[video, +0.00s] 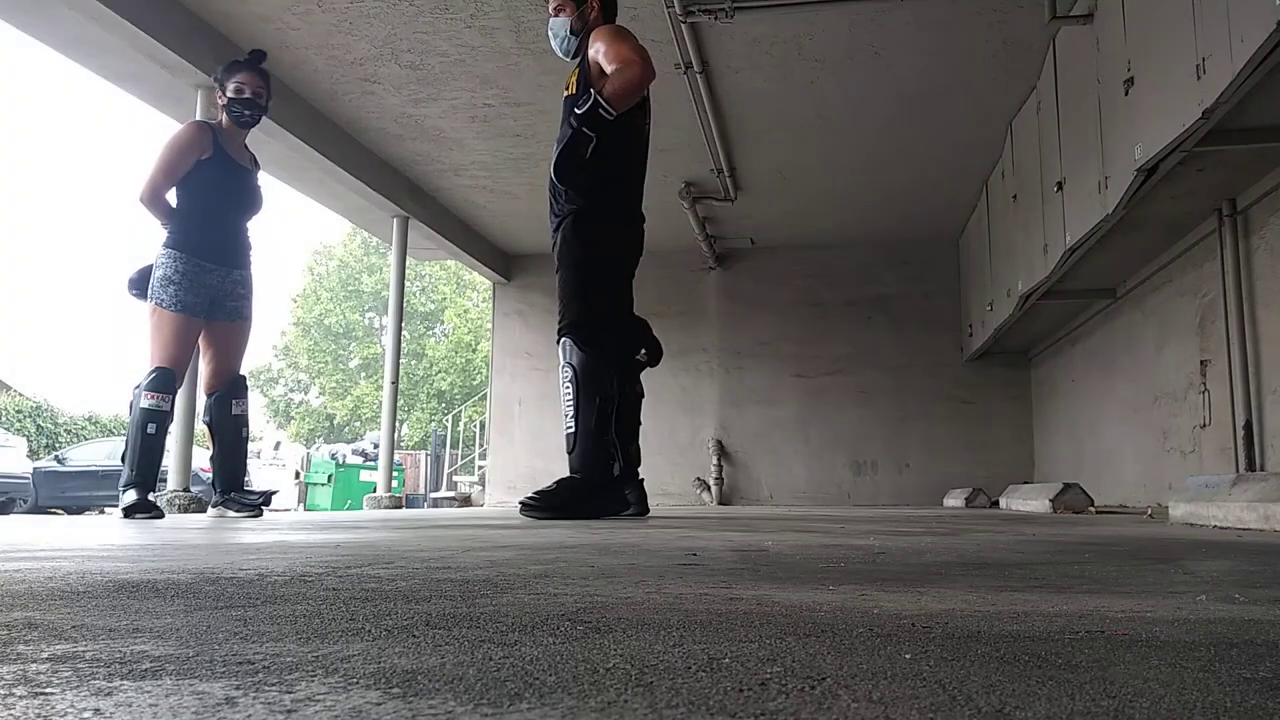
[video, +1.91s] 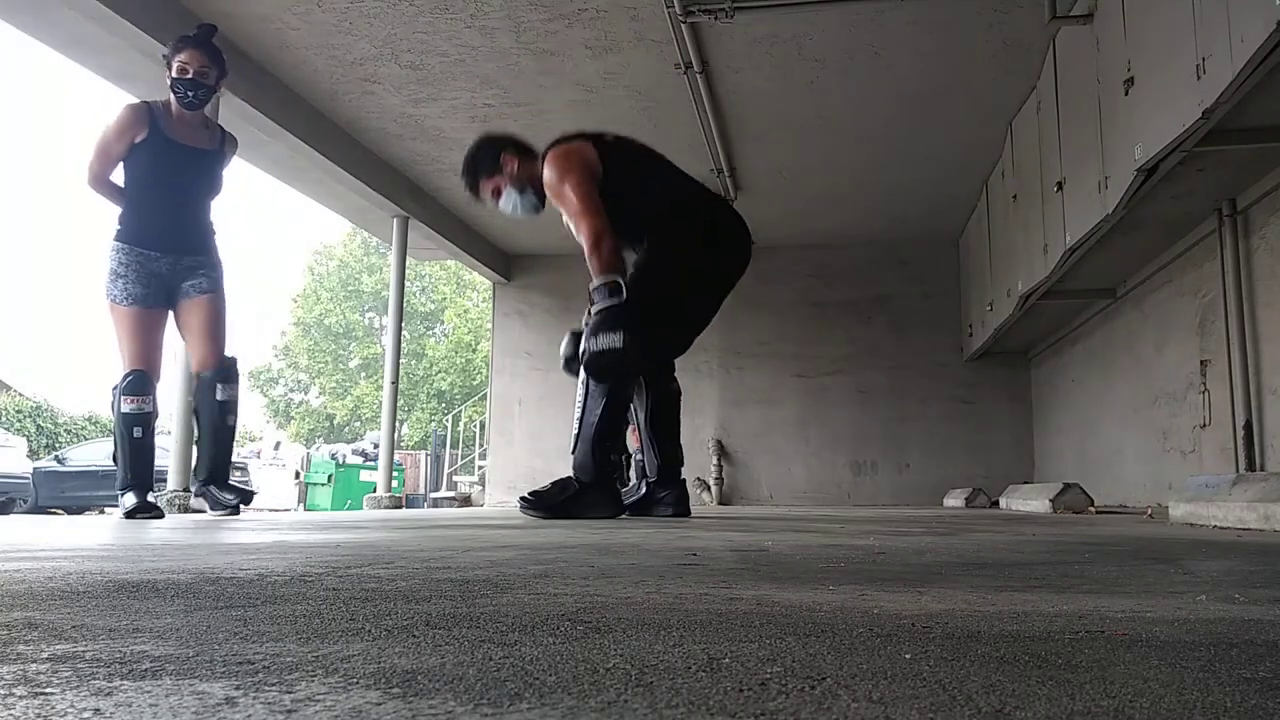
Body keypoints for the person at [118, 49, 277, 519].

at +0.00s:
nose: (248, 99)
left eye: (258, 94)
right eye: (240, 90)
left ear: (266, 103)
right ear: (220, 94)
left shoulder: (250, 159)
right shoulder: (198, 133)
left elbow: (234, 217)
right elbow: (151, 194)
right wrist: (180, 229)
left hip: (235, 273)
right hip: (186, 263)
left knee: (225, 382)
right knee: (164, 375)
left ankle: (228, 488)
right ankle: (138, 489)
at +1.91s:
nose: (191, 78)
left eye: (203, 71)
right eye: (183, 68)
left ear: (217, 82)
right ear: (168, 71)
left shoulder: (225, 142)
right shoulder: (139, 116)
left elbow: (208, 193)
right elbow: (98, 177)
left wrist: (180, 213)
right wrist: (138, 208)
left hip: (198, 260)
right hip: (138, 257)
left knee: (213, 368)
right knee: (139, 378)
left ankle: (212, 481)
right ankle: (136, 491)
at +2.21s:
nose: (184, 69)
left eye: (197, 62)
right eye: (176, 58)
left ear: (215, 71)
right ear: (163, 60)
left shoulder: (226, 135)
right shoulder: (130, 106)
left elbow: (229, 201)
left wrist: (247, 251)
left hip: (194, 256)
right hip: (128, 252)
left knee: (173, 362)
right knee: (133, 376)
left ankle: (163, 482)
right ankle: (133, 489)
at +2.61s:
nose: (160, 32)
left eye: (175, 24)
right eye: (152, 20)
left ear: (198, 34)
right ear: (142, 23)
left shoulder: (214, 94)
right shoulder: (114, 82)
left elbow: (228, 176)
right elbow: (86, 151)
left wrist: (201, 195)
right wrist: (66, 155)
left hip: (178, 233)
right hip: (114, 228)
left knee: (166, 359)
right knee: (79, 359)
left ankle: (150, 490)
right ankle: (121, 465)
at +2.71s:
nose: (149, 19)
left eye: (164, 12)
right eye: (142, 10)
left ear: (188, 23)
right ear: (132, 17)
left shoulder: (204, 84)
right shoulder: (107, 76)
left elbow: (221, 160)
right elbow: (87, 151)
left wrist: (191, 168)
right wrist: (80, 136)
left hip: (171, 224)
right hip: (108, 221)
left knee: (161, 354)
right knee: (62, 347)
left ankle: (150, 487)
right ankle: (81, 475)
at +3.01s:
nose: (108, 10)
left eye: (121, 4)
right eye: (100, 3)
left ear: (138, 9)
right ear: (83, 6)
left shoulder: (158, 67)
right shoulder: (47, 54)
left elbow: (195, 149)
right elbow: (14, 135)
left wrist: (160, 147)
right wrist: (34, 108)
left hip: (133, 216)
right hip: (59, 211)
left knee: (133, 354)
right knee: (17, 346)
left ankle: (146, 489)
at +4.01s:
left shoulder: (151, 31)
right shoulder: (29, 5)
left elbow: (147, 132)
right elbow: (1, 52)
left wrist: (157, 115)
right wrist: (26, 71)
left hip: (101, 176)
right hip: (20, 158)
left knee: (84, 337)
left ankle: (63, 484)